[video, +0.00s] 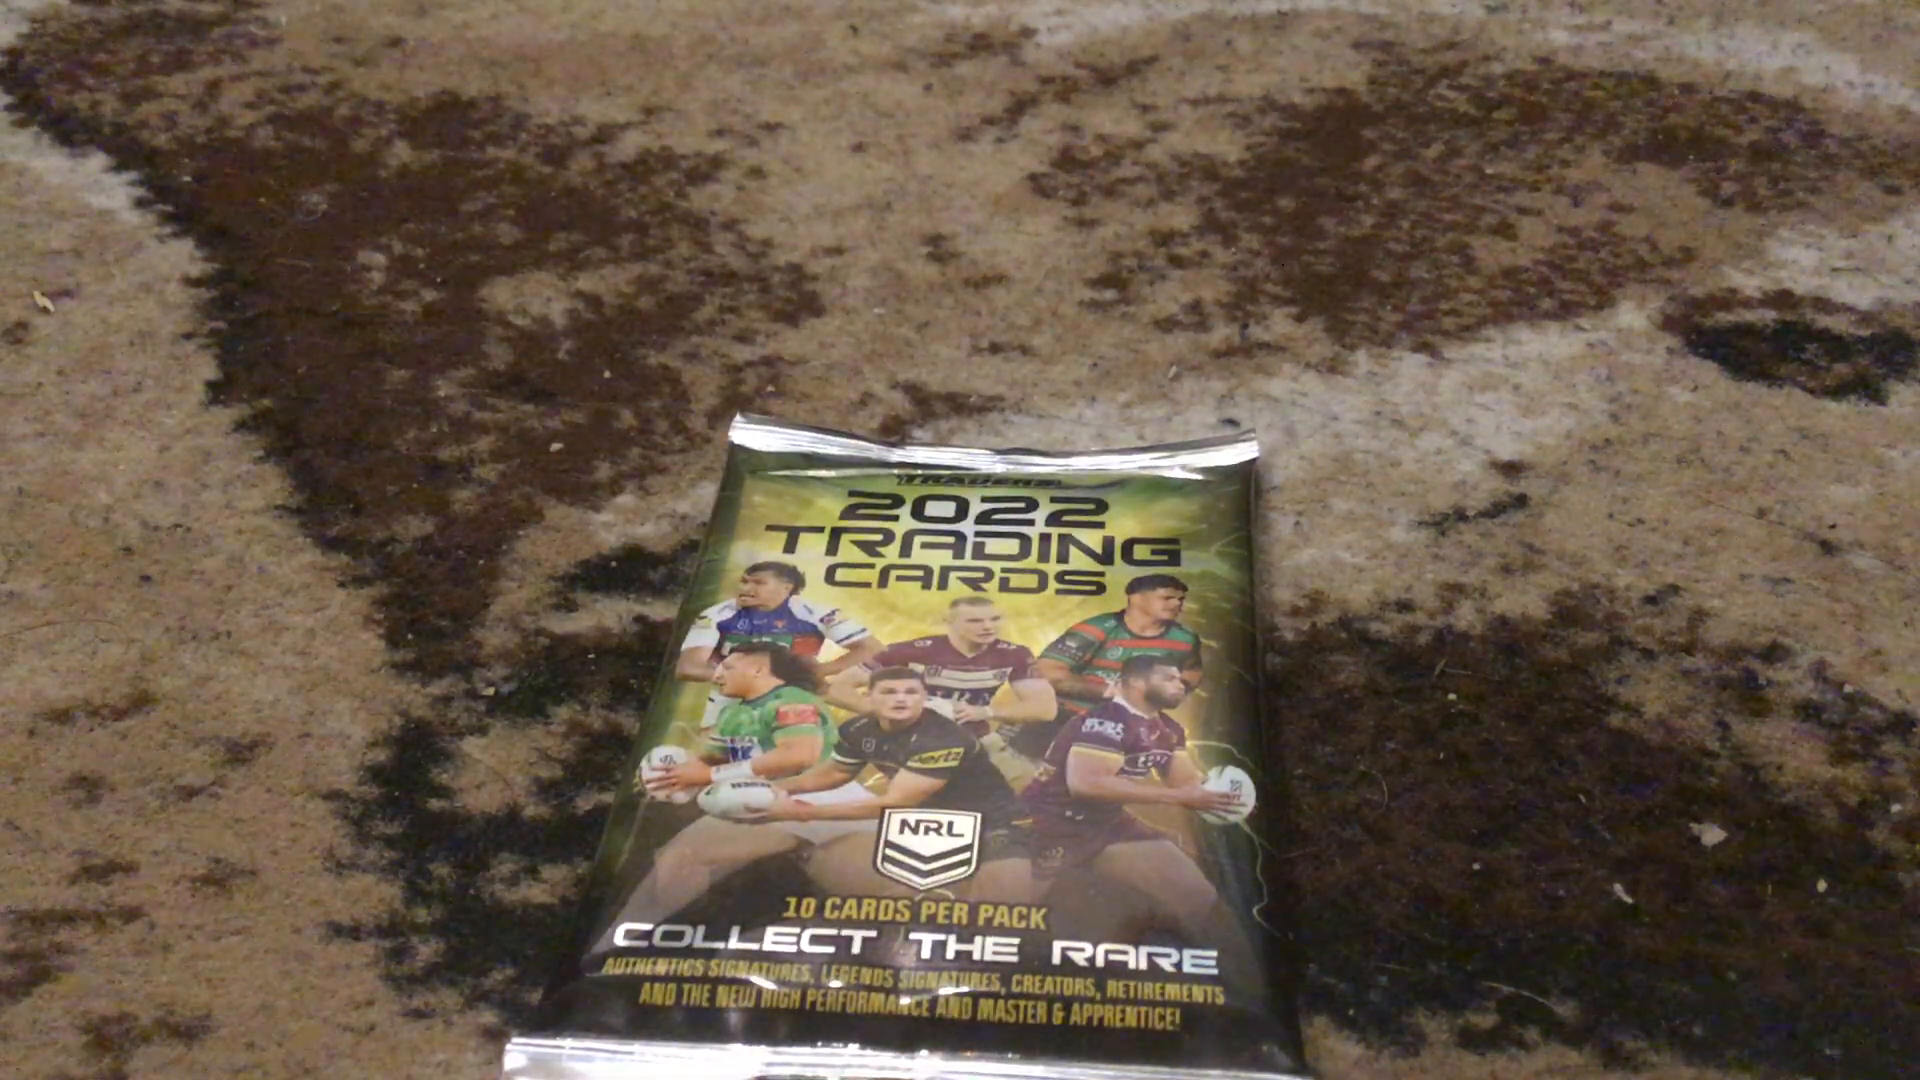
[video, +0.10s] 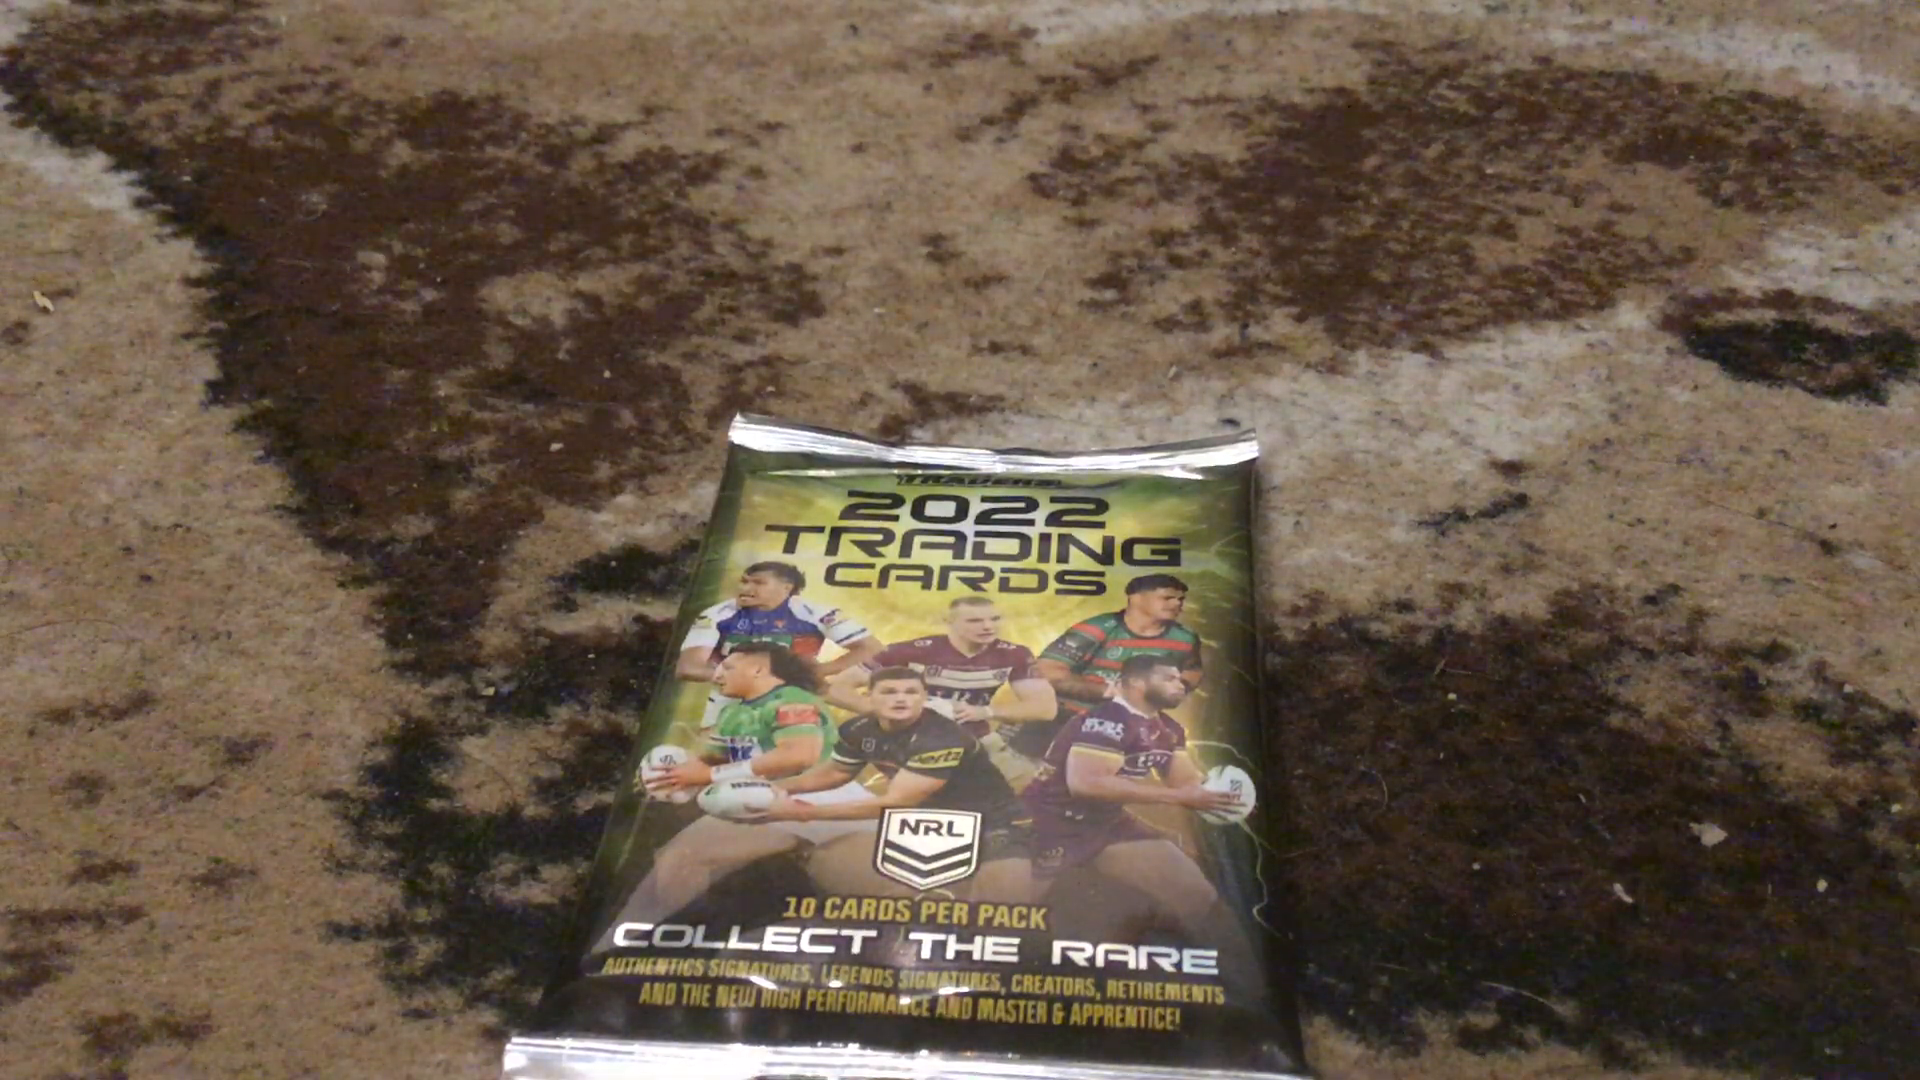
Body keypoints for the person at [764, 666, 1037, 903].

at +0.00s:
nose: (900, 700)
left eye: (910, 692)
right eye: (889, 692)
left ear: (924, 698)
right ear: (872, 698)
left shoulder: (944, 738)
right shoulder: (861, 731)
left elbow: (894, 805)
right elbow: (833, 772)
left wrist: (808, 812)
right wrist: (786, 786)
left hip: (993, 830)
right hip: (928, 828)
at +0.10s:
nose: (900, 700)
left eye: (910, 692)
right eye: (889, 692)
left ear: (924, 698)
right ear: (872, 698)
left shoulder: (943, 738)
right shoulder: (862, 731)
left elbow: (895, 805)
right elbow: (834, 771)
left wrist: (809, 812)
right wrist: (787, 786)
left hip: (995, 831)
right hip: (931, 829)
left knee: (1001, 919)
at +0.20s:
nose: (901, 698)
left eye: (911, 691)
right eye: (889, 690)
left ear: (924, 698)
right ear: (870, 698)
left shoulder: (944, 738)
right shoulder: (860, 731)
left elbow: (892, 805)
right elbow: (834, 772)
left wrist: (808, 812)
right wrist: (782, 786)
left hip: (994, 830)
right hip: (929, 828)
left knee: (1004, 917)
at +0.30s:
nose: (900, 698)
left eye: (911, 691)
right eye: (889, 690)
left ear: (924, 698)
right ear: (870, 698)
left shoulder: (944, 738)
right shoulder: (860, 731)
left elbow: (892, 805)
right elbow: (834, 772)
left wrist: (808, 812)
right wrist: (783, 785)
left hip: (993, 828)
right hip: (929, 825)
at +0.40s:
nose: (900, 698)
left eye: (911, 691)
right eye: (889, 691)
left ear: (924, 698)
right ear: (870, 698)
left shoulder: (943, 738)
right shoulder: (861, 730)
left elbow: (892, 805)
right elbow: (833, 772)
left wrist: (811, 812)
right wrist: (781, 786)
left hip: (991, 828)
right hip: (926, 825)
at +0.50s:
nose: (900, 699)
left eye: (910, 692)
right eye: (889, 691)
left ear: (924, 698)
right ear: (872, 698)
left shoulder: (943, 736)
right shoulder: (861, 731)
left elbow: (894, 805)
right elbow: (833, 771)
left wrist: (800, 810)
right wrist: (783, 787)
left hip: (986, 820)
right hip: (924, 815)